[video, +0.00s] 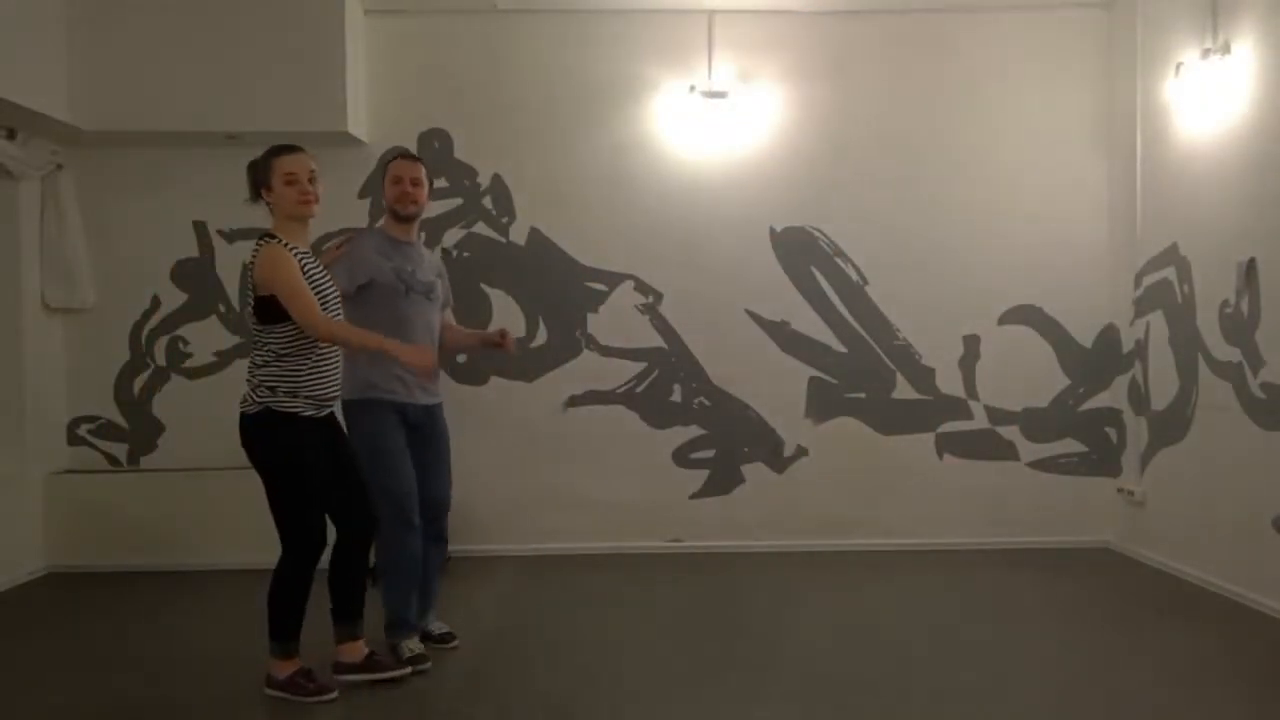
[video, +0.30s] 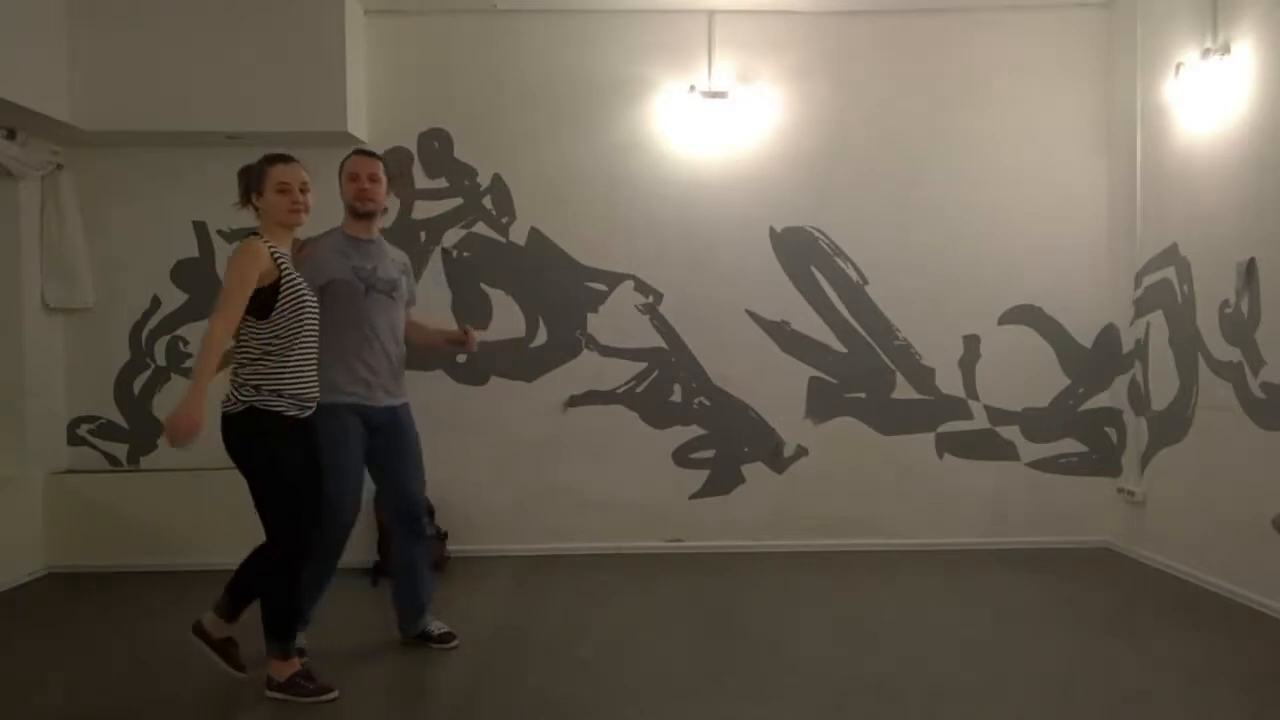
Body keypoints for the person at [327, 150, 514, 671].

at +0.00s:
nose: (407, 190)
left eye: (415, 183)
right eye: (398, 182)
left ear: (427, 194)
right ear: (382, 192)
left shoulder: (432, 263)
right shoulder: (359, 249)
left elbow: (445, 333)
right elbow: (309, 300)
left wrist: (484, 337)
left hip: (425, 401)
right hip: (372, 401)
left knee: (434, 510)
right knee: (400, 512)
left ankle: (422, 617)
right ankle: (400, 632)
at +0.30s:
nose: (365, 187)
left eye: (373, 180)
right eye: (355, 180)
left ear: (387, 192)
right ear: (341, 190)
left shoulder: (399, 262)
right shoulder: (319, 252)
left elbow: (400, 325)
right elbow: (280, 310)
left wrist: (450, 337)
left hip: (391, 405)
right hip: (335, 405)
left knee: (409, 510)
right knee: (335, 518)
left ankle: (416, 618)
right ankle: (291, 625)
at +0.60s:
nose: (316, 185)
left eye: (326, 178)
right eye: (307, 178)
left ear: (343, 189)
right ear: (295, 187)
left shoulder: (363, 260)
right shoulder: (268, 251)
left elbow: (377, 329)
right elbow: (230, 307)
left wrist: (389, 334)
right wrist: (194, 325)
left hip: (344, 403)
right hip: (281, 405)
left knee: (371, 511)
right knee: (284, 521)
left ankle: (388, 616)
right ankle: (281, 630)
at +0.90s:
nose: (303, 185)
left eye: (313, 177)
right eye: (294, 178)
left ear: (332, 188)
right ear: (283, 188)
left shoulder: (361, 255)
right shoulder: (256, 251)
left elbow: (380, 326)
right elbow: (225, 316)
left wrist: (334, 314)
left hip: (338, 405)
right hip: (274, 404)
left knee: (341, 515)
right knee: (272, 515)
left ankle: (329, 607)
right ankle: (274, 624)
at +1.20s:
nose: (299, 186)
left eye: (309, 178)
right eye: (290, 179)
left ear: (332, 188)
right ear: (281, 191)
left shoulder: (360, 256)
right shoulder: (261, 254)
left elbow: (366, 330)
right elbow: (212, 305)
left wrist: (290, 318)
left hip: (338, 411)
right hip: (276, 410)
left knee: (332, 518)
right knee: (279, 517)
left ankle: (326, 605)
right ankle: (310, 627)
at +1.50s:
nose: (281, 177)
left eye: (293, 169)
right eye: (275, 169)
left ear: (320, 181)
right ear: (270, 181)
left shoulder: (345, 248)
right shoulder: (266, 252)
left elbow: (347, 329)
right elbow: (225, 303)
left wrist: (266, 319)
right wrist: (232, 297)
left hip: (323, 402)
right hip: (273, 402)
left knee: (297, 509)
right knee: (281, 517)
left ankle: (341, 628)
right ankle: (307, 631)